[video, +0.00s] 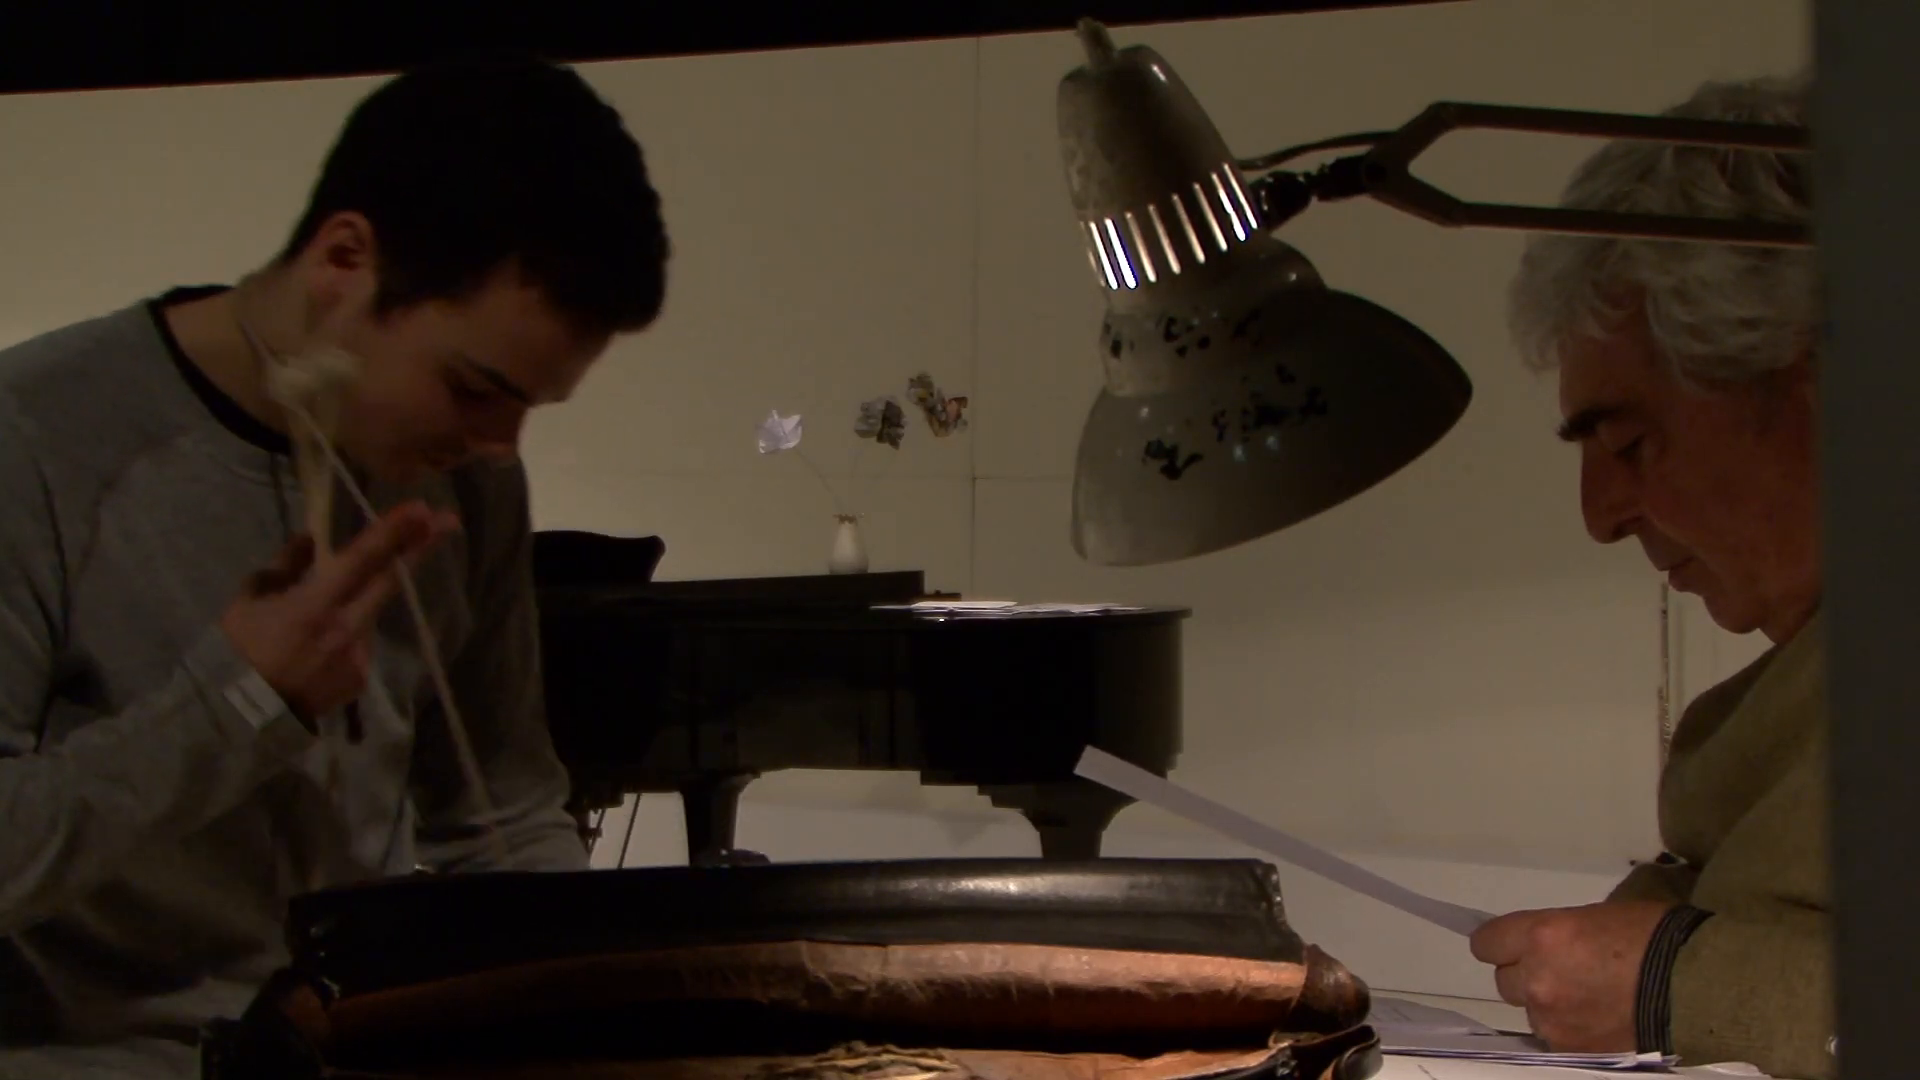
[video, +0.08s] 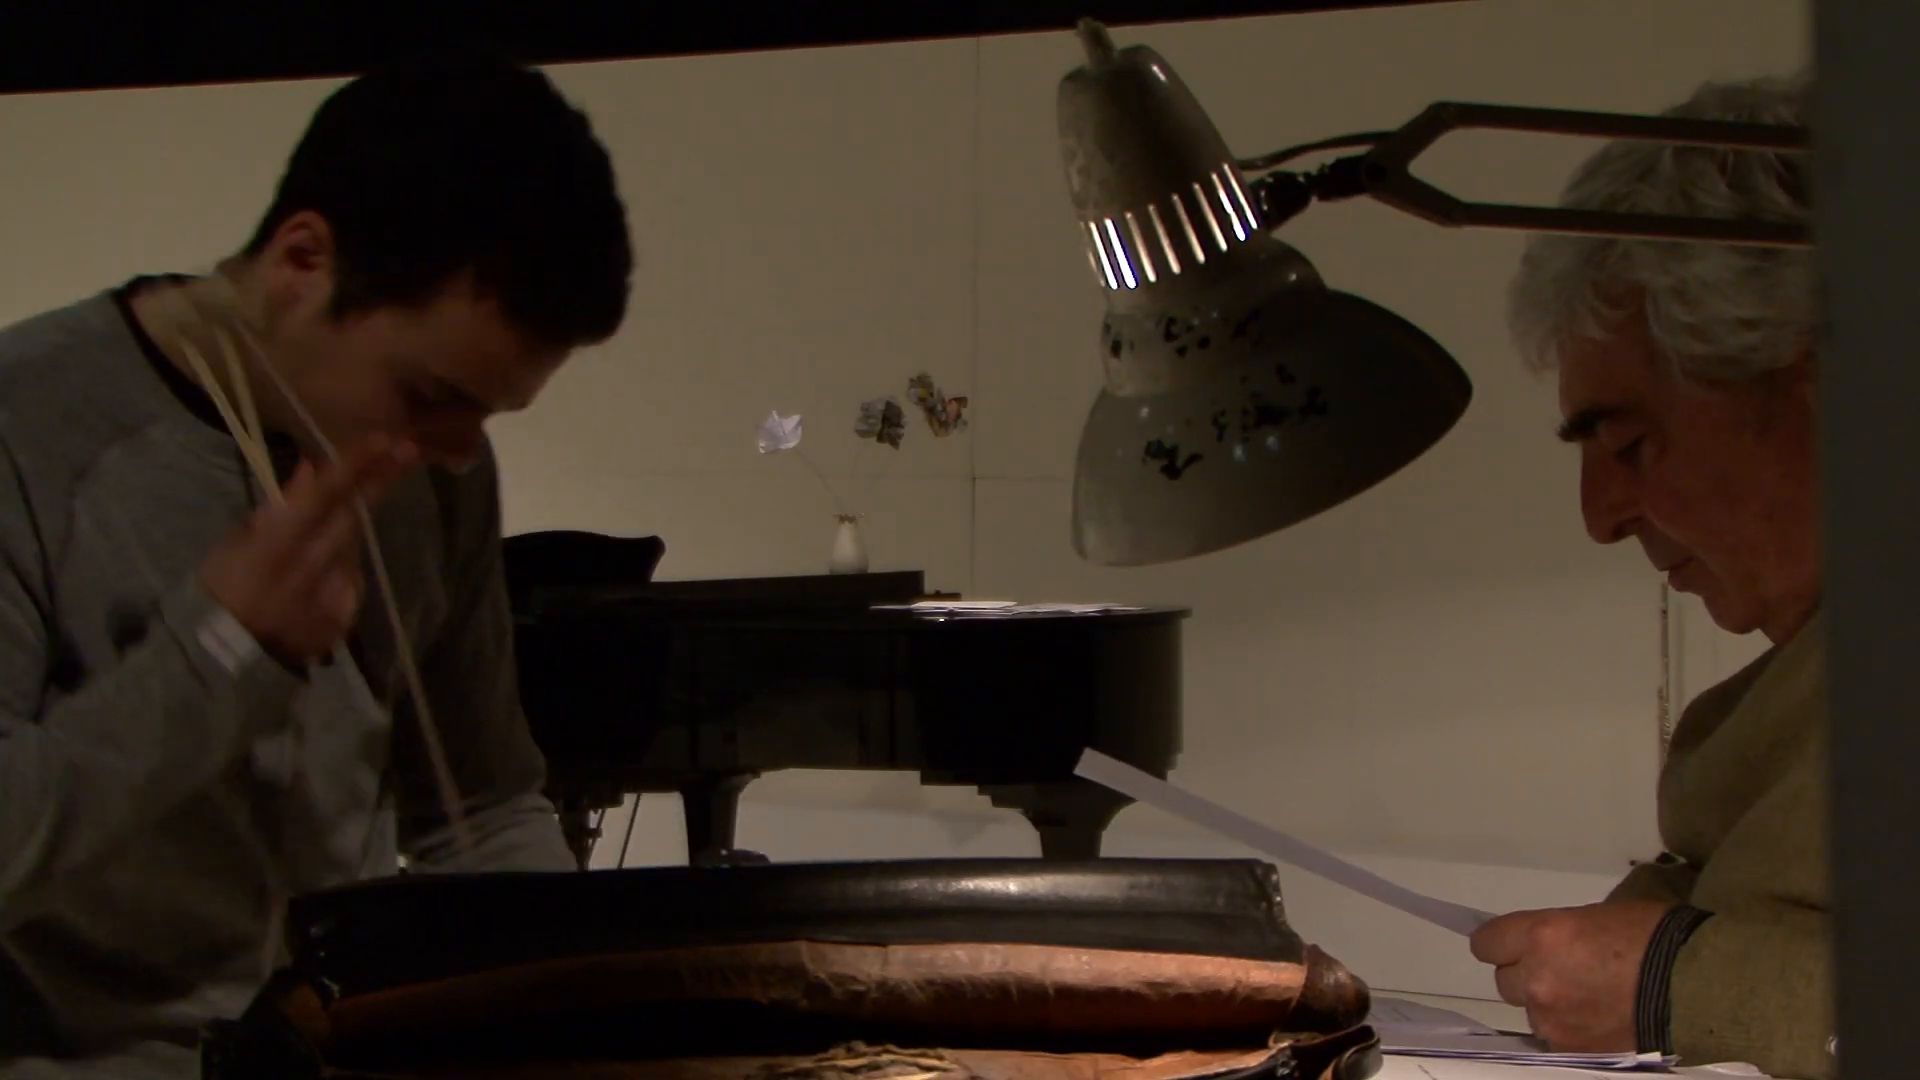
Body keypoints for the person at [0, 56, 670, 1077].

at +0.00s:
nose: (500, 448)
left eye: (526, 406)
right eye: (476, 389)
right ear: (342, 263)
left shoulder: (463, 474)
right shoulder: (29, 438)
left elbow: (502, 811)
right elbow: (12, 858)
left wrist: (580, 990)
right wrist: (232, 699)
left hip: (384, 1018)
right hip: (98, 1039)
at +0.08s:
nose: (460, 450)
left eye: (491, 410)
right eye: (435, 395)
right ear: (301, 262)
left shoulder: (437, 458)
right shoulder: (25, 432)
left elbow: (485, 806)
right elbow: (11, 849)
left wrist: (549, 995)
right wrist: (214, 647)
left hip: (369, 1019)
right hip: (91, 1044)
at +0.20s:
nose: (399, 513)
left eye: (432, 474)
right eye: (368, 462)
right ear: (244, 316)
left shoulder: (409, 456)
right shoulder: (20, 408)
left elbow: (466, 790)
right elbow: (9, 801)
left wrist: (558, 977)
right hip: (101, 1044)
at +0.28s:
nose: (371, 553)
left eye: (398, 520)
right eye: (328, 512)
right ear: (233, 393)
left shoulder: (394, 465)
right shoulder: (29, 383)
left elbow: (463, 766)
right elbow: (12, 707)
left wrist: (547, 957)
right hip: (93, 1036)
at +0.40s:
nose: (318, 600)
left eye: (351, 580)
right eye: (274, 576)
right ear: (137, 460)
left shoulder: (383, 522)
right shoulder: (39, 526)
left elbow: (456, 776)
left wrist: (521, 979)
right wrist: (113, 244)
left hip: (307, 1025)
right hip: (70, 1041)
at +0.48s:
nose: (272, 616)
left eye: (298, 590)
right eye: (217, 594)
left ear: (345, 462)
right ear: (82, 473)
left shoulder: (379, 442)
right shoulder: (26, 507)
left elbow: (448, 787)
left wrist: (494, 998)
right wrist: (147, 238)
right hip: (71, 1032)